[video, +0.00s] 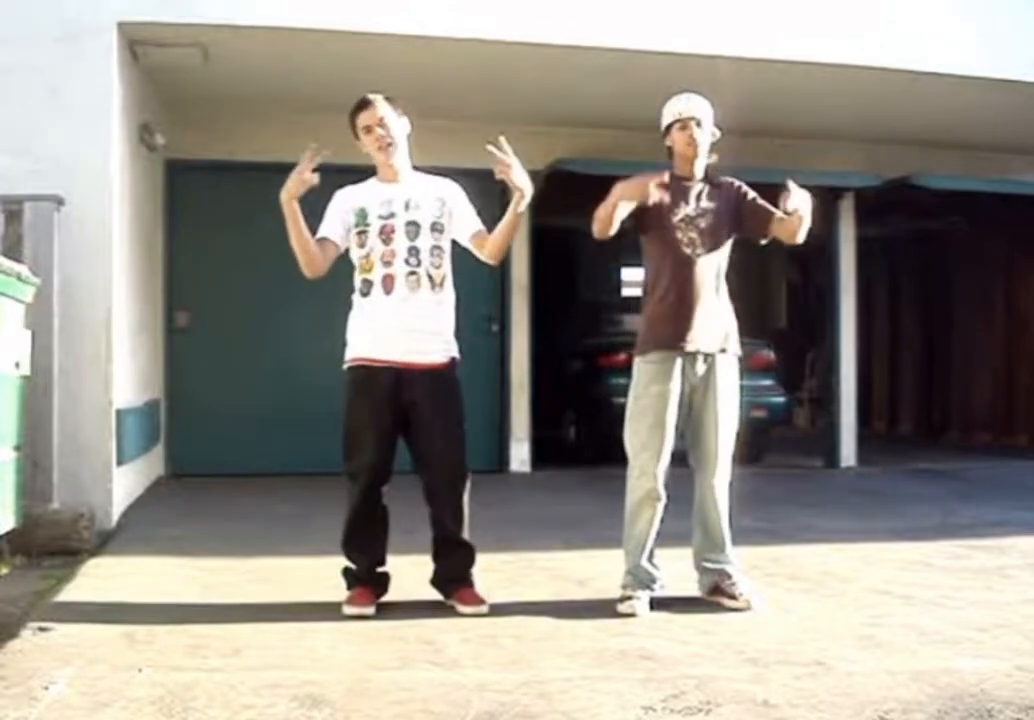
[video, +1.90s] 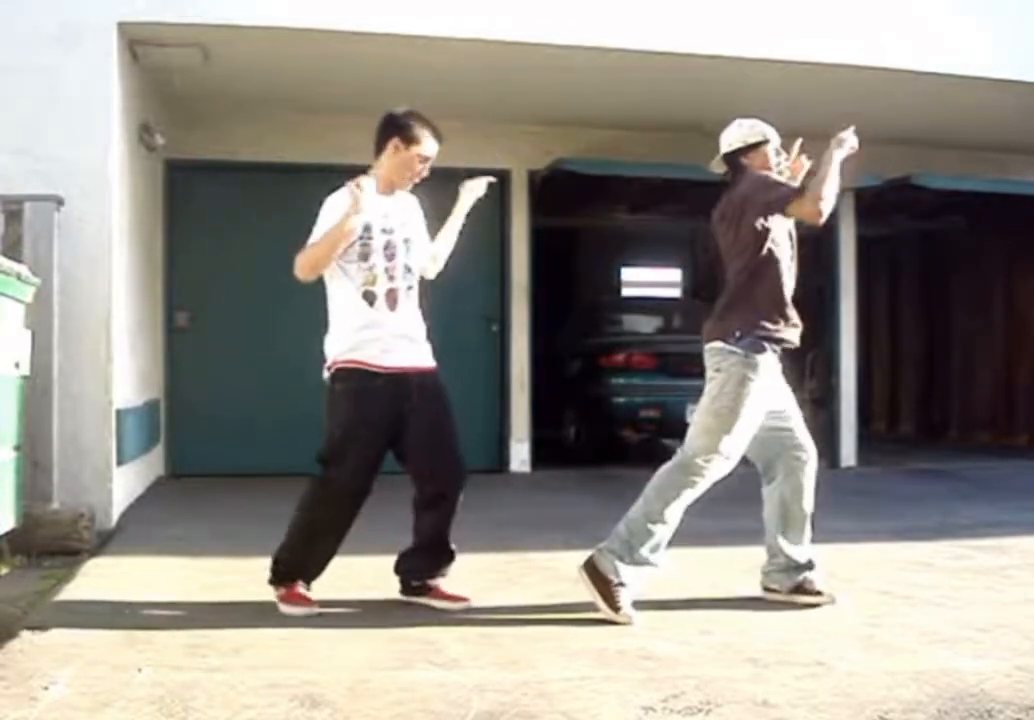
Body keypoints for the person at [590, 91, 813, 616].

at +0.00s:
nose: (690, 133)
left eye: (698, 125)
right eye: (680, 126)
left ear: (714, 135)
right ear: (667, 137)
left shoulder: (731, 194)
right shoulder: (649, 190)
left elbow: (791, 234)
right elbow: (602, 231)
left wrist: (799, 206)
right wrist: (619, 197)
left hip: (717, 345)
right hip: (659, 345)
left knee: (715, 467)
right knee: (647, 468)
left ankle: (717, 572)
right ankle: (638, 581)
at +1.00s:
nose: (700, 136)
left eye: (709, 128)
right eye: (692, 127)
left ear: (724, 137)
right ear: (678, 134)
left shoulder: (736, 195)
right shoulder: (650, 189)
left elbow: (777, 238)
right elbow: (602, 239)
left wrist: (810, 251)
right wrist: (614, 257)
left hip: (722, 346)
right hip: (662, 344)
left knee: (719, 467)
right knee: (651, 467)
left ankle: (717, 572)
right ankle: (638, 580)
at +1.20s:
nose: (717, 165)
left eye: (722, 157)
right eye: (706, 156)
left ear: (727, 164)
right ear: (681, 163)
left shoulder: (743, 224)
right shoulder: (645, 219)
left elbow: (749, 283)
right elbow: (600, 272)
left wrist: (734, 323)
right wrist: (631, 303)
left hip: (712, 362)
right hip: (657, 364)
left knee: (741, 472)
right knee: (648, 470)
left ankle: (724, 572)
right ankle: (604, 585)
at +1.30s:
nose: (736, 181)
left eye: (735, 173)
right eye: (724, 174)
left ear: (730, 183)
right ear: (691, 183)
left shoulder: (733, 237)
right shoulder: (662, 242)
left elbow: (722, 297)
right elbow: (630, 310)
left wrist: (751, 340)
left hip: (712, 377)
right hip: (663, 379)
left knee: (745, 479)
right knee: (658, 482)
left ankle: (723, 573)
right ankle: (605, 585)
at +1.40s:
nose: (741, 158)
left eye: (738, 149)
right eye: (731, 150)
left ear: (705, 159)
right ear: (705, 158)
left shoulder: (711, 205)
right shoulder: (702, 197)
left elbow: (724, 270)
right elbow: (701, 252)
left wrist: (782, 250)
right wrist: (769, 244)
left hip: (713, 360)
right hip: (682, 364)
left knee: (783, 449)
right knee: (675, 478)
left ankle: (741, 559)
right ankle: (607, 584)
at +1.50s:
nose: (744, 141)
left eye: (740, 134)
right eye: (736, 133)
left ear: (702, 141)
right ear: (715, 136)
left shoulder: (705, 184)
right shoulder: (714, 163)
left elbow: (753, 209)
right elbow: (772, 173)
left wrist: (807, 173)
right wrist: (818, 161)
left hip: (723, 344)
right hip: (703, 343)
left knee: (776, 446)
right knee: (669, 458)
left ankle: (786, 565)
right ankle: (607, 575)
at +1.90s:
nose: (778, 157)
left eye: (776, 151)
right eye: (771, 150)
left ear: (737, 161)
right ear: (750, 156)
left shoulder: (733, 202)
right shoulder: (753, 188)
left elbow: (766, 225)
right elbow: (814, 208)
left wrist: (788, 183)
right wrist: (837, 154)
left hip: (753, 351)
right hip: (745, 349)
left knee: (795, 456)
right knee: (703, 460)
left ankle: (787, 572)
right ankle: (614, 562)